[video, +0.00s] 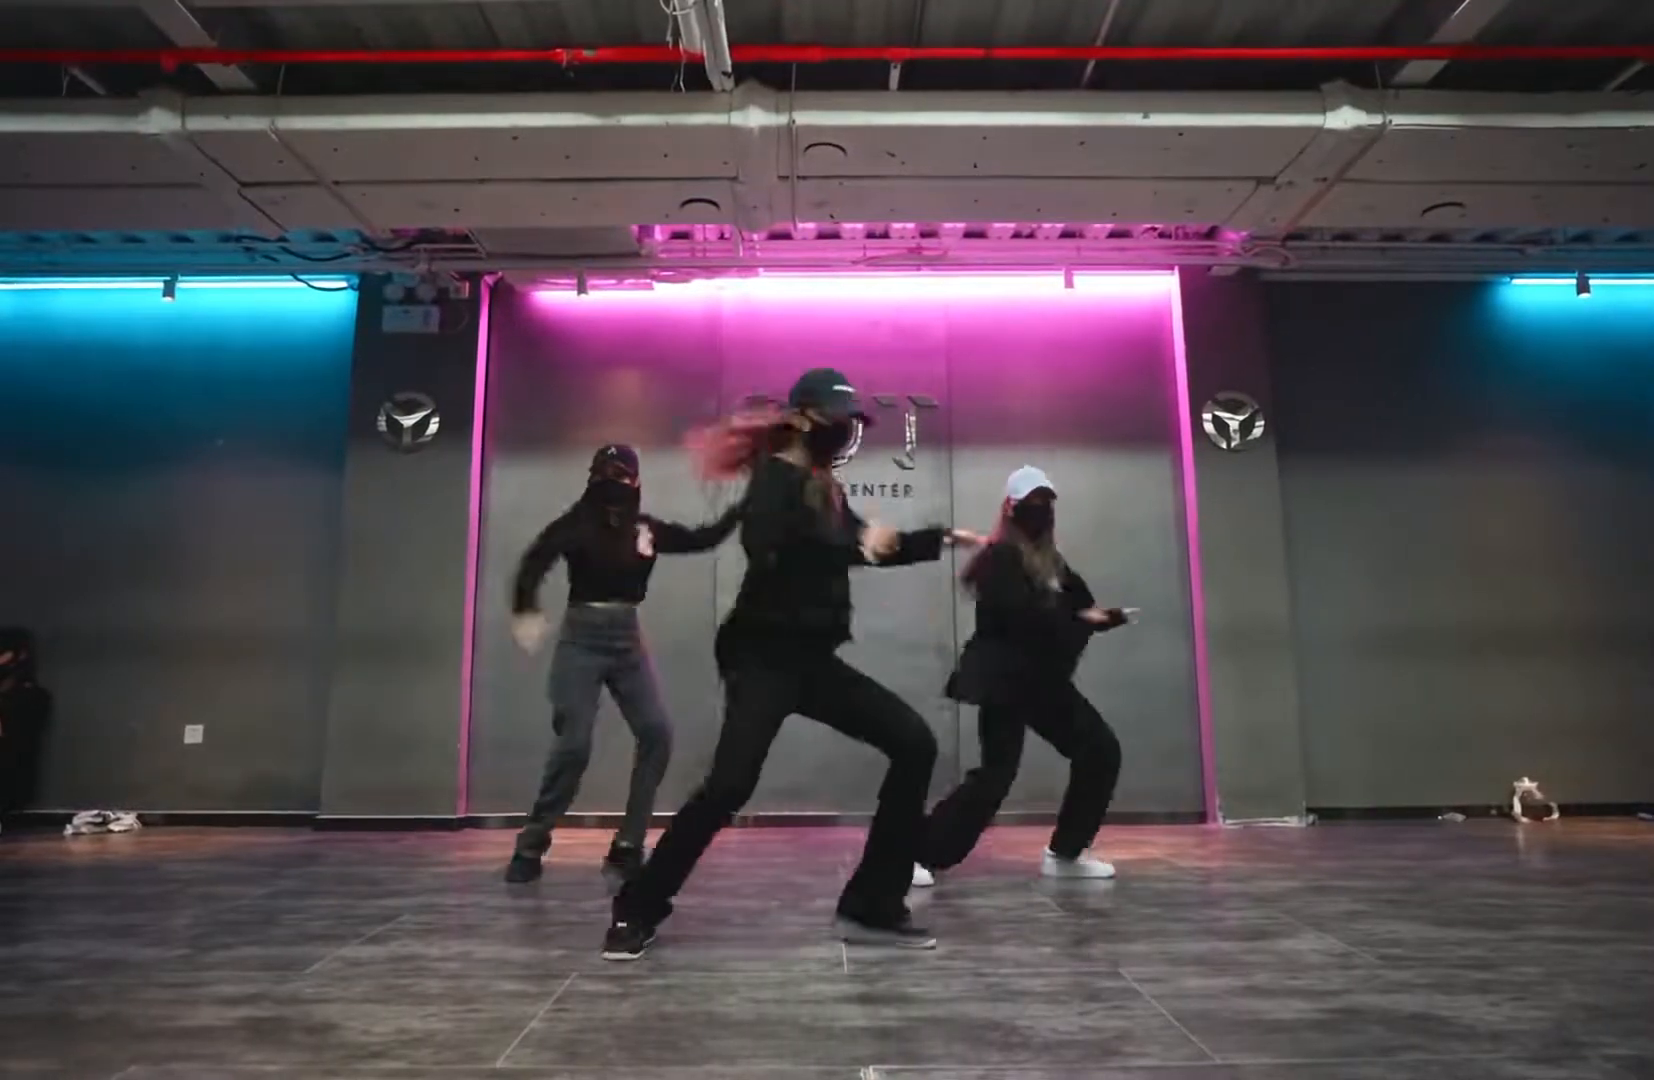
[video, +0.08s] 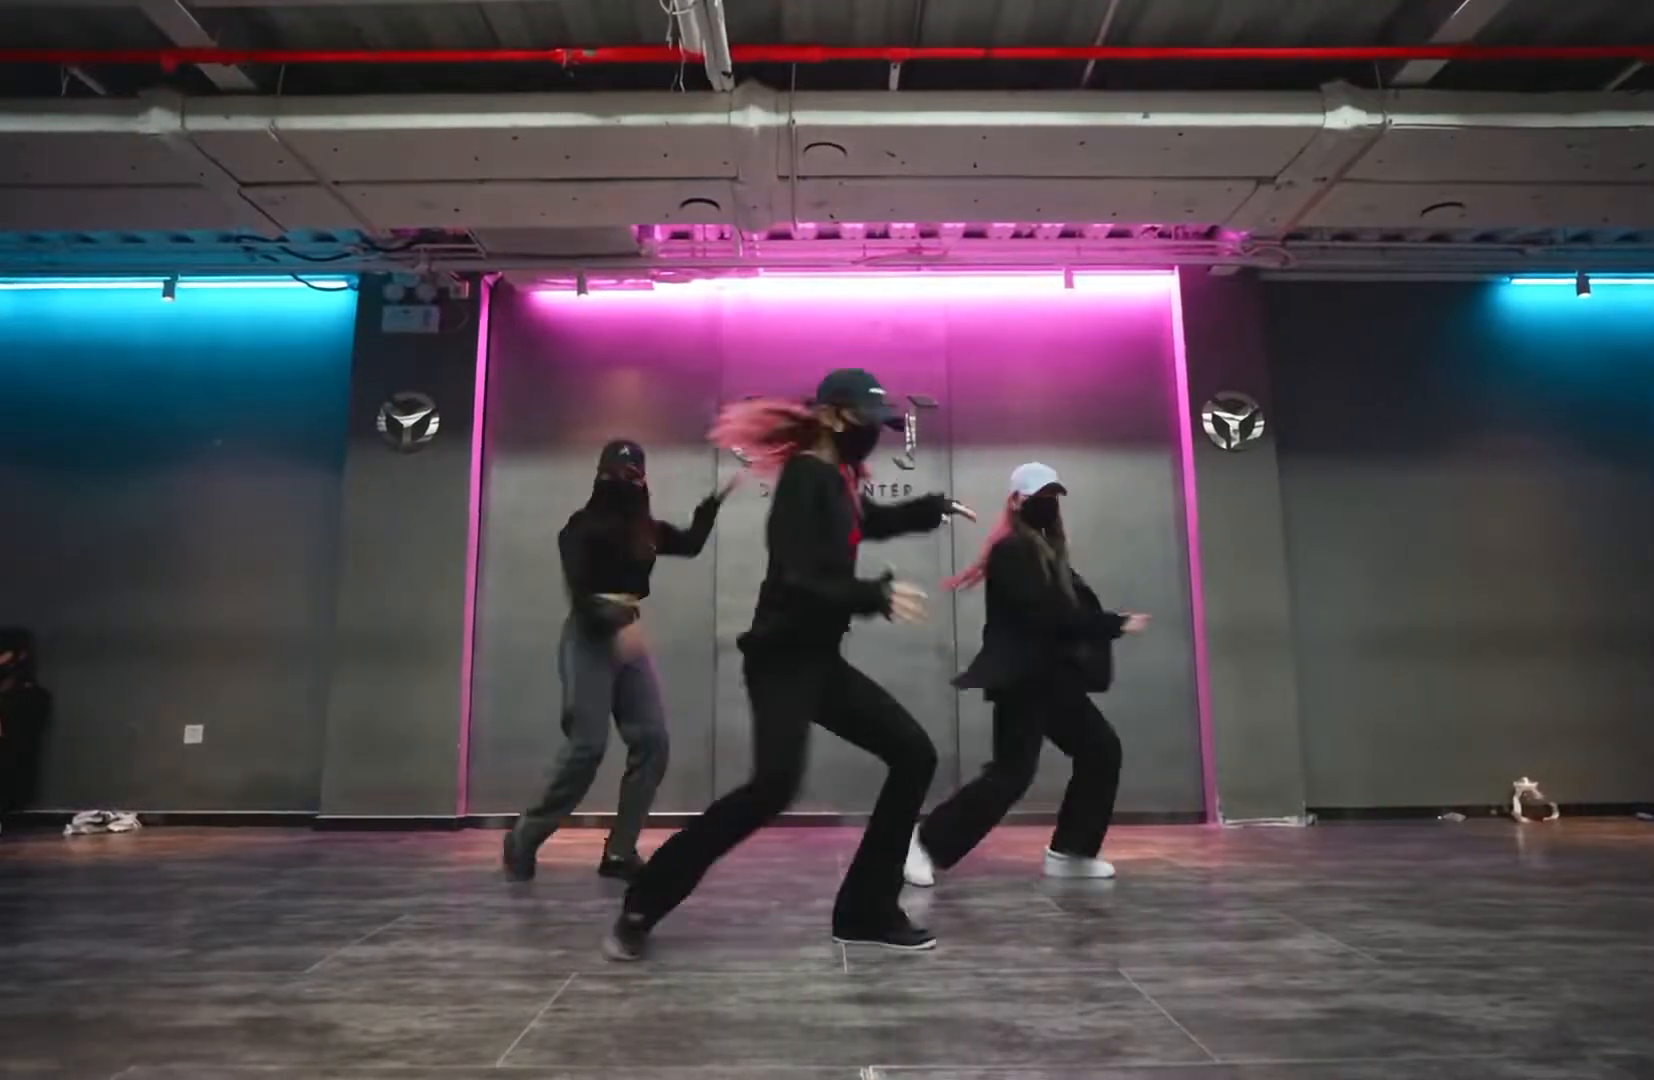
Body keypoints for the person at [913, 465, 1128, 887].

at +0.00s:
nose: (1042, 510)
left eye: (1047, 502)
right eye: (1033, 502)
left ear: (1053, 507)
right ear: (1012, 508)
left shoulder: (1047, 558)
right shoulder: (999, 558)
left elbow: (1076, 600)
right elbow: (1018, 618)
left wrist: (1094, 616)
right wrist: (1078, 619)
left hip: (1043, 683)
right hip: (1003, 682)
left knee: (1100, 751)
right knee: (997, 774)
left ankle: (1066, 853)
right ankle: (921, 853)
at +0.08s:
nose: (1049, 506)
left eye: (1053, 498)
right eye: (1041, 499)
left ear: (1057, 501)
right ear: (1017, 502)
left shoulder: (1046, 550)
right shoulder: (1012, 551)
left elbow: (1076, 601)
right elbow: (1045, 615)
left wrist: (1104, 624)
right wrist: (1112, 623)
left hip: (1044, 679)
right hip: (1022, 681)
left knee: (1102, 751)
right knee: (1011, 774)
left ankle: (1071, 853)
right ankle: (927, 844)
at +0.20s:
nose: (1058, 485)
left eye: (1057, 477)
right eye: (1050, 478)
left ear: (1026, 484)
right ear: (1025, 482)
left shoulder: (1040, 526)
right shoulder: (1023, 525)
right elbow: (1088, 534)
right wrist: (1159, 510)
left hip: (1047, 659)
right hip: (1031, 659)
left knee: (1089, 744)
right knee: (1089, 742)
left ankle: (1075, 853)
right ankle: (1014, 822)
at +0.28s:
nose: (1054, 468)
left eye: (1052, 463)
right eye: (1042, 465)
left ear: (1038, 478)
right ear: (1022, 478)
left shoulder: (1047, 513)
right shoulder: (1030, 514)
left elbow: (1089, 478)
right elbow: (1082, 484)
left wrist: (1105, 419)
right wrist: (1103, 423)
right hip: (1036, 649)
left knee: (1093, 741)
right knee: (1121, 730)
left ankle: (1069, 848)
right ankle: (1113, 837)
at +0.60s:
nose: (1054, 478)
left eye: (1053, 471)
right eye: (1045, 472)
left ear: (1025, 480)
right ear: (1025, 479)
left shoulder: (1041, 515)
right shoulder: (1029, 516)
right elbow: (1081, 556)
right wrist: (1123, 508)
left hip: (1053, 653)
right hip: (1035, 657)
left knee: (1095, 746)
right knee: (1093, 746)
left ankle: (1076, 854)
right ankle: (994, 799)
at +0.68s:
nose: (1049, 479)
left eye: (1050, 471)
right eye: (1038, 473)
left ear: (1049, 473)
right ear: (1017, 479)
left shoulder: (1050, 521)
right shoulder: (1017, 522)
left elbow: (1062, 589)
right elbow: (1021, 582)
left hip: (1058, 659)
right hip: (1033, 660)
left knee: (1100, 750)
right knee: (1029, 762)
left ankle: (1076, 854)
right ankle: (947, 819)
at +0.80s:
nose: (1047, 489)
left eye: (1050, 482)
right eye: (1038, 482)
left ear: (1050, 485)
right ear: (1015, 486)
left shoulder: (1059, 533)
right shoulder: (1001, 526)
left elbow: (1079, 603)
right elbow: (966, 545)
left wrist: (1083, 663)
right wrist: (960, 496)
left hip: (1053, 662)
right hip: (1007, 664)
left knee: (1121, 724)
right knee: (984, 762)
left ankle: (1095, 824)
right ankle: (925, 843)